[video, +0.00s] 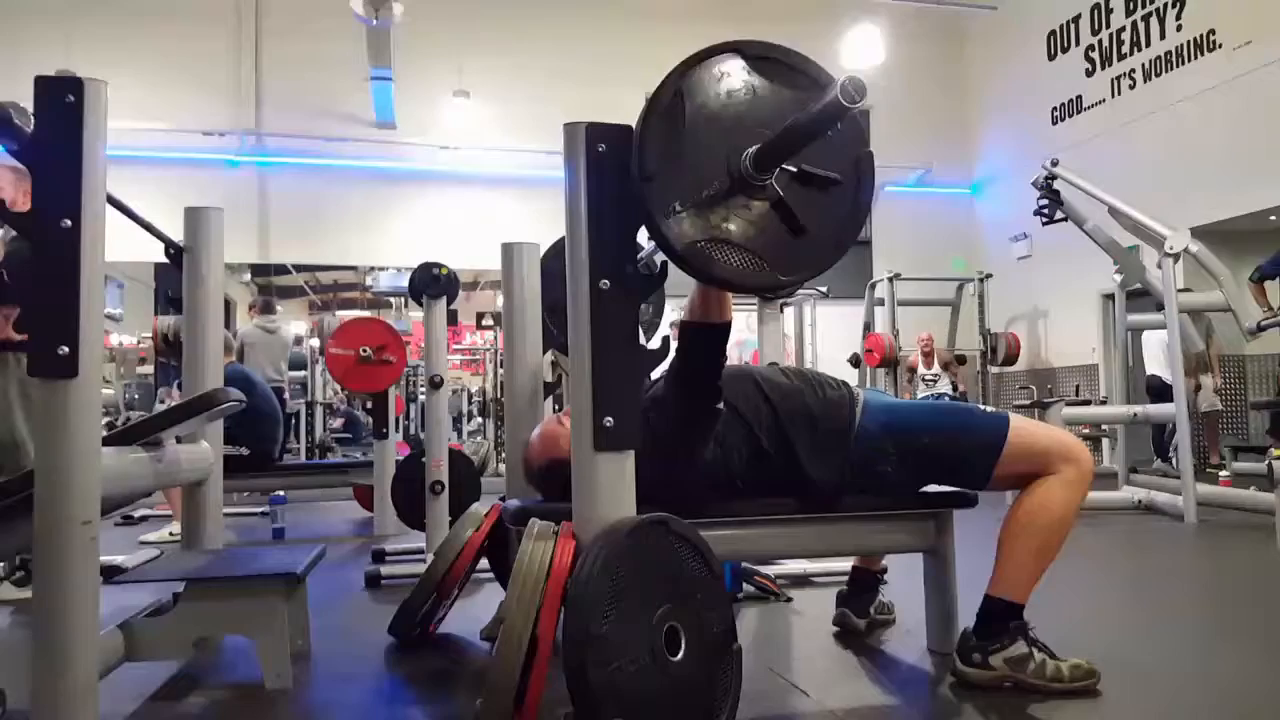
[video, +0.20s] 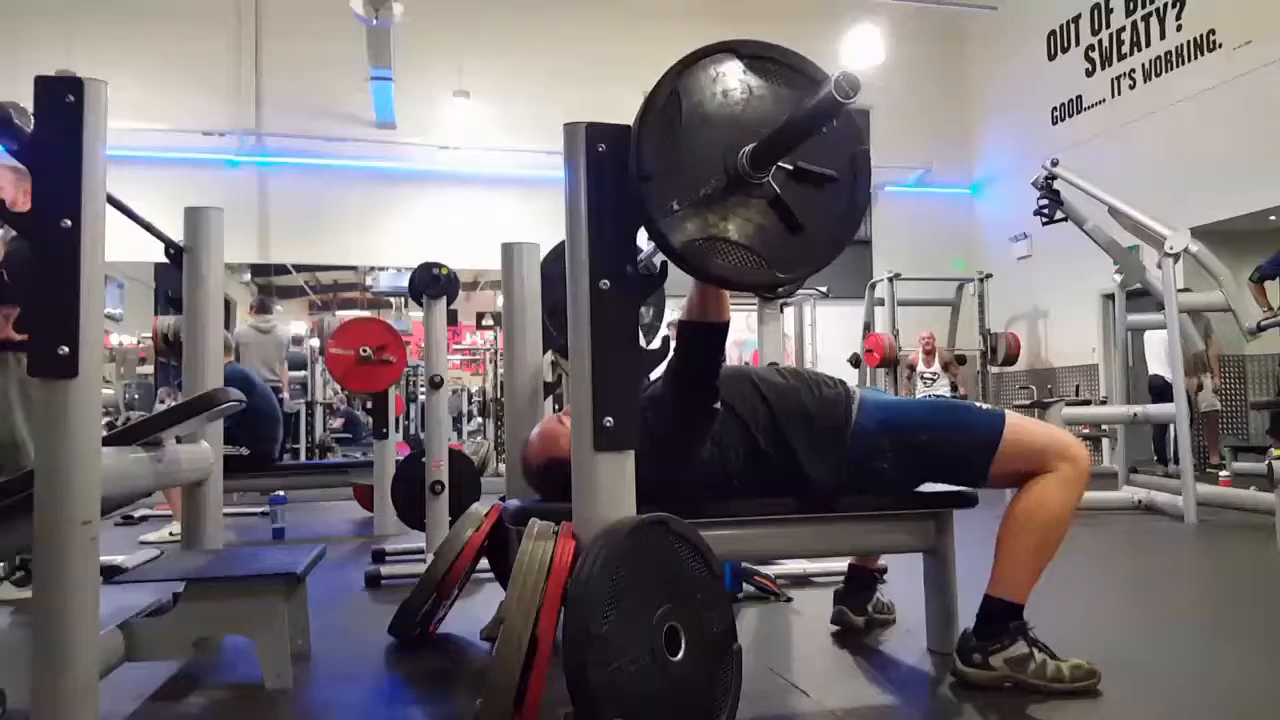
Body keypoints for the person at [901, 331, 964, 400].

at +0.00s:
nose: (925, 343)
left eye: (928, 340)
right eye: (922, 341)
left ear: (932, 342)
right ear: (918, 343)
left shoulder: (944, 357)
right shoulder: (913, 361)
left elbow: (957, 373)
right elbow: (908, 381)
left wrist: (961, 389)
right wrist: (907, 398)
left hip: (943, 391)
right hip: (923, 392)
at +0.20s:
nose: (926, 341)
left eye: (929, 338)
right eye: (923, 339)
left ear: (934, 340)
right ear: (919, 342)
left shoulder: (944, 356)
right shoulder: (913, 358)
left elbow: (956, 374)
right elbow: (907, 377)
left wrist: (961, 389)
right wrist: (906, 392)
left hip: (942, 394)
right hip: (922, 394)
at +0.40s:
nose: (923, 339)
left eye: (925, 336)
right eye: (920, 337)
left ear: (931, 338)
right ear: (917, 339)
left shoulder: (942, 354)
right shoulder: (912, 357)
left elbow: (955, 373)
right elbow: (906, 376)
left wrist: (961, 389)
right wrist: (901, 391)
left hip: (940, 394)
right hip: (919, 394)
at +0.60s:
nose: (916, 338)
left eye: (918, 335)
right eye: (913, 335)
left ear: (924, 336)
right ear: (910, 338)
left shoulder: (936, 352)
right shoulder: (905, 356)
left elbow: (949, 369)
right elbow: (899, 376)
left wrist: (954, 381)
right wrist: (895, 391)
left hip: (934, 393)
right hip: (912, 393)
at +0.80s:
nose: (906, 338)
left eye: (909, 335)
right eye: (904, 336)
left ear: (914, 338)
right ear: (901, 338)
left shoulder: (925, 354)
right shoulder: (893, 356)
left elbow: (936, 371)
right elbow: (890, 376)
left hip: (921, 393)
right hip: (900, 394)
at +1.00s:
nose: (897, 336)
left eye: (900, 333)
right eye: (894, 333)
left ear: (904, 336)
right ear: (890, 337)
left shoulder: (914, 352)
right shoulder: (883, 353)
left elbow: (923, 370)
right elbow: (879, 372)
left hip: (911, 392)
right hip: (889, 391)